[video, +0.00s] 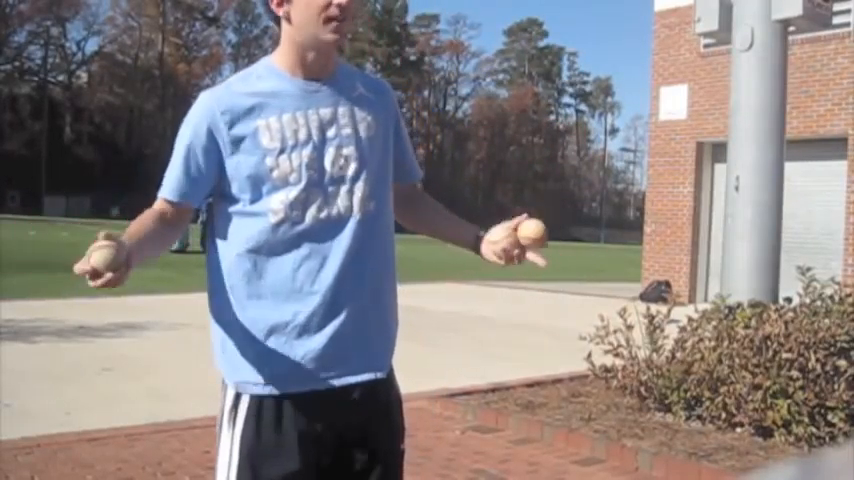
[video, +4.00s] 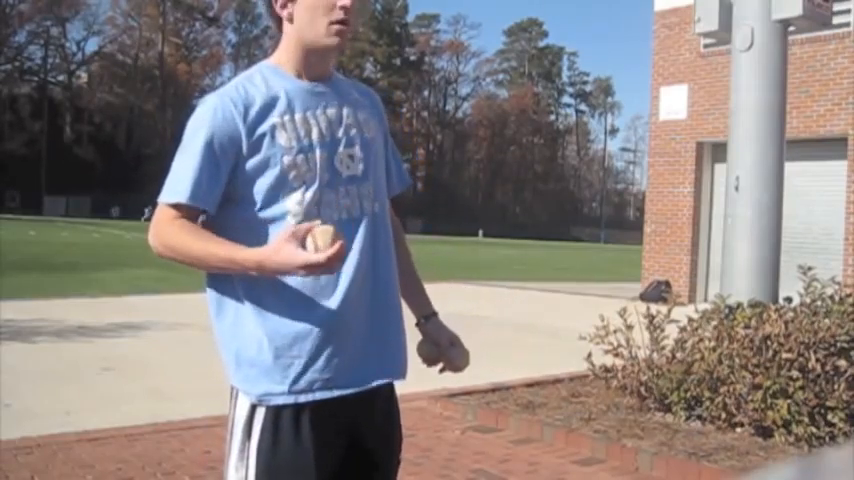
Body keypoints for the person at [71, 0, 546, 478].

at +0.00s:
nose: (339, 3)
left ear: (358, 10)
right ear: (280, 8)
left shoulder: (376, 99)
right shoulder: (223, 107)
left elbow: (406, 198)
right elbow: (170, 211)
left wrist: (481, 239)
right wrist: (123, 249)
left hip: (368, 379)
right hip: (271, 386)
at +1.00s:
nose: (301, 8)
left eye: (314, 0)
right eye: (288, 0)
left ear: (338, 10)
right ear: (267, 11)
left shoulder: (377, 108)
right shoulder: (220, 112)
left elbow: (415, 218)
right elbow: (171, 235)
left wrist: (477, 309)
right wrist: (256, 204)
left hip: (360, 382)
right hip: (260, 386)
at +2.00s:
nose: (303, 8)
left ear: (339, 10)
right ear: (268, 9)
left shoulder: (376, 111)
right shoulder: (218, 112)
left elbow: (409, 224)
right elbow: (169, 236)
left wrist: (468, 318)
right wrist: (254, 201)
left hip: (357, 385)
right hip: (256, 389)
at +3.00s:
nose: (303, 9)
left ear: (339, 10)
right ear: (266, 9)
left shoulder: (374, 109)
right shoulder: (217, 112)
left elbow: (409, 219)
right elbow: (169, 239)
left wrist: (474, 312)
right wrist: (257, 203)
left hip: (359, 383)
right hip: (260, 389)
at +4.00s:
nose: (346, 6)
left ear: (355, 13)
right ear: (285, 9)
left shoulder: (366, 104)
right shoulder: (231, 108)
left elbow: (384, 220)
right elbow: (165, 230)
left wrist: (427, 318)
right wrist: (262, 259)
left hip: (369, 382)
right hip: (281, 392)